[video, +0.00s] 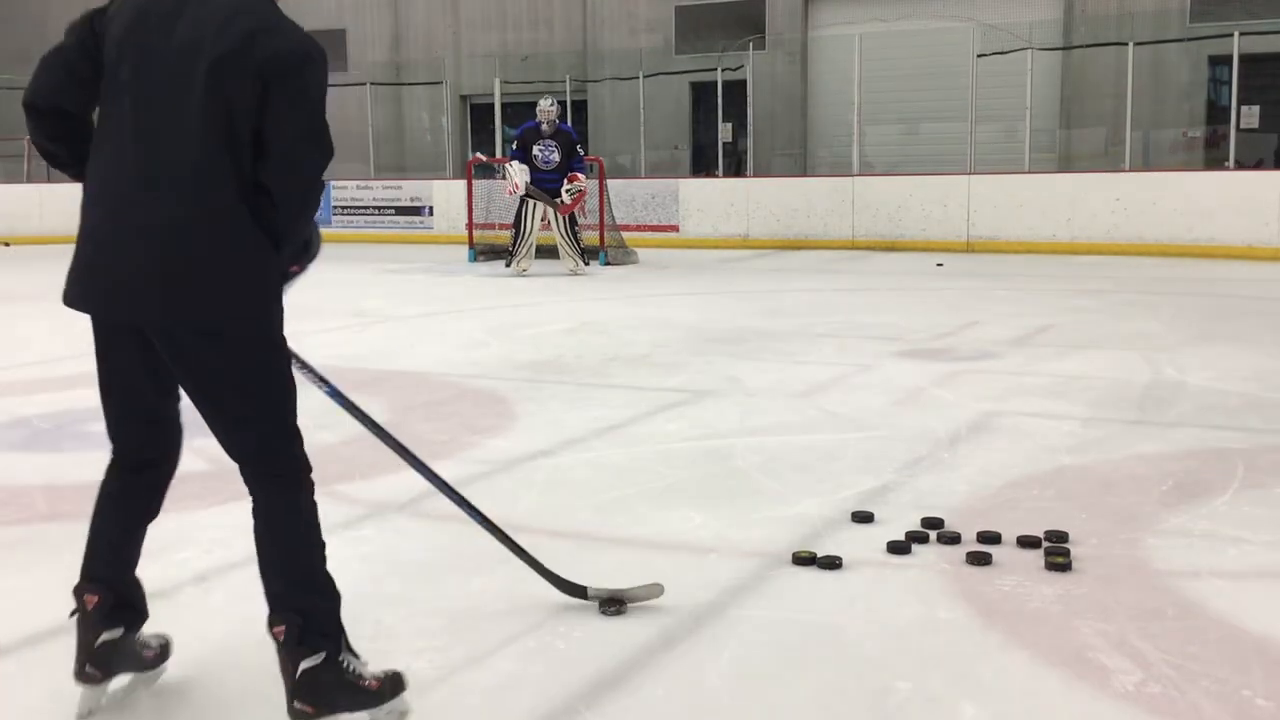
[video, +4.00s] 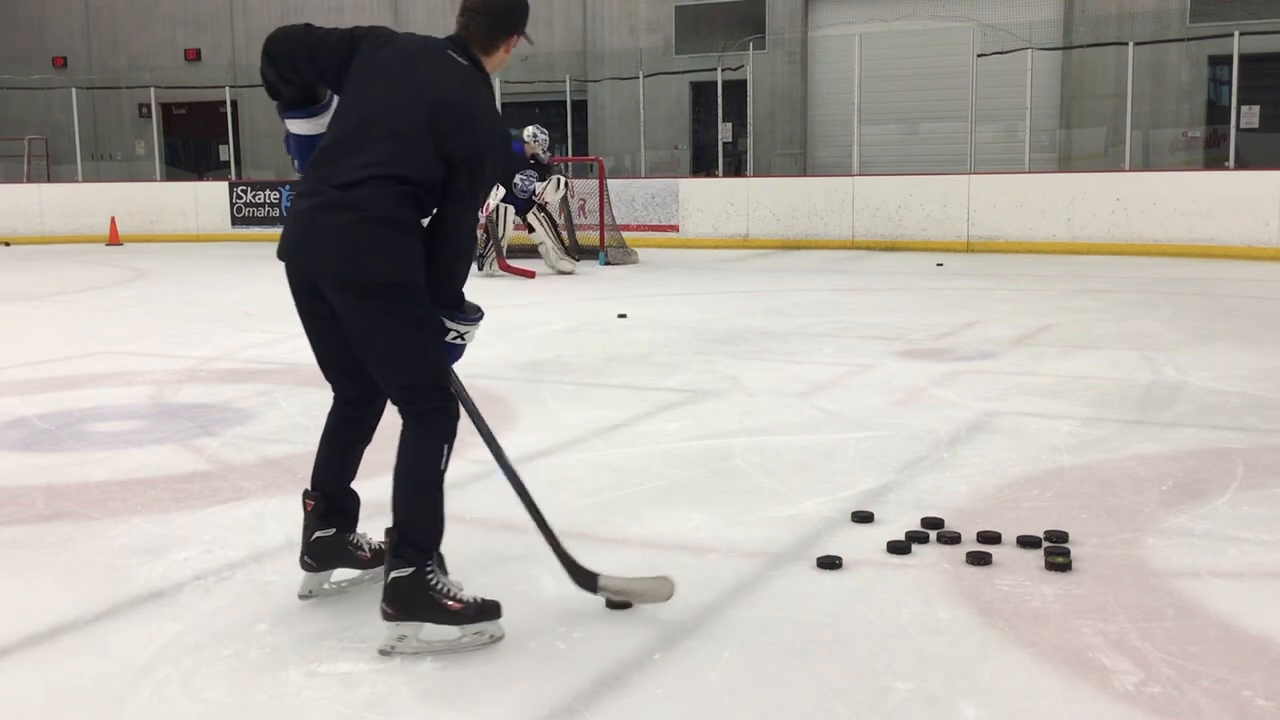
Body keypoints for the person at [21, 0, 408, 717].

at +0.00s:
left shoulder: (125, 14)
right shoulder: (286, 43)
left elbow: (46, 100)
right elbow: (293, 170)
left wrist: (114, 172)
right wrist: (292, 245)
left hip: (114, 280)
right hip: (218, 289)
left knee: (140, 453)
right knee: (278, 473)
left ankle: (100, 631)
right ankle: (314, 662)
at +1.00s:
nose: (404, 13)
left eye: (399, 6)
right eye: (405, 6)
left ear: (341, 1)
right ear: (394, 7)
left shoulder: (290, 54)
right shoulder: (358, 73)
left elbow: (269, 175)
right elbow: (345, 196)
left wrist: (332, 262)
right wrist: (400, 286)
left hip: (238, 274)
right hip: (296, 282)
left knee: (281, 407)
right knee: (354, 432)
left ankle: (248, 534)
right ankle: (373, 601)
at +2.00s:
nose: (461, 122)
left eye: (457, 111)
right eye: (463, 112)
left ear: (407, 94)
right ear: (455, 112)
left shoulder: (351, 125)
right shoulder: (428, 171)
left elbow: (273, 173)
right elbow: (411, 276)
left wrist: (322, 276)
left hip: (232, 286)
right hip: (297, 302)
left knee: (297, 406)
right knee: (342, 461)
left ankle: (243, 524)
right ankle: (305, 609)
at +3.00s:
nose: (609, 63)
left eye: (613, 52)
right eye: (610, 50)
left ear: (561, 30)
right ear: (588, 39)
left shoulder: (472, 60)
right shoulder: (581, 114)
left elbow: (385, 91)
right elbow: (584, 223)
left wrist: (411, 164)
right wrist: (615, 312)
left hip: (416, 249)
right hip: (496, 262)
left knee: (426, 375)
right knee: (536, 397)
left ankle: (403, 501)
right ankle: (570, 533)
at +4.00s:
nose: (515, 52)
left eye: (515, 41)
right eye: (518, 43)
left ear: (462, 21)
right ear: (507, 44)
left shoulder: (383, 46)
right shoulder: (481, 120)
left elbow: (284, 45)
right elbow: (452, 232)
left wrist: (304, 122)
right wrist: (450, 311)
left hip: (306, 243)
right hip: (376, 256)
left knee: (358, 392)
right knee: (431, 407)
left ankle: (327, 532)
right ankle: (414, 576)